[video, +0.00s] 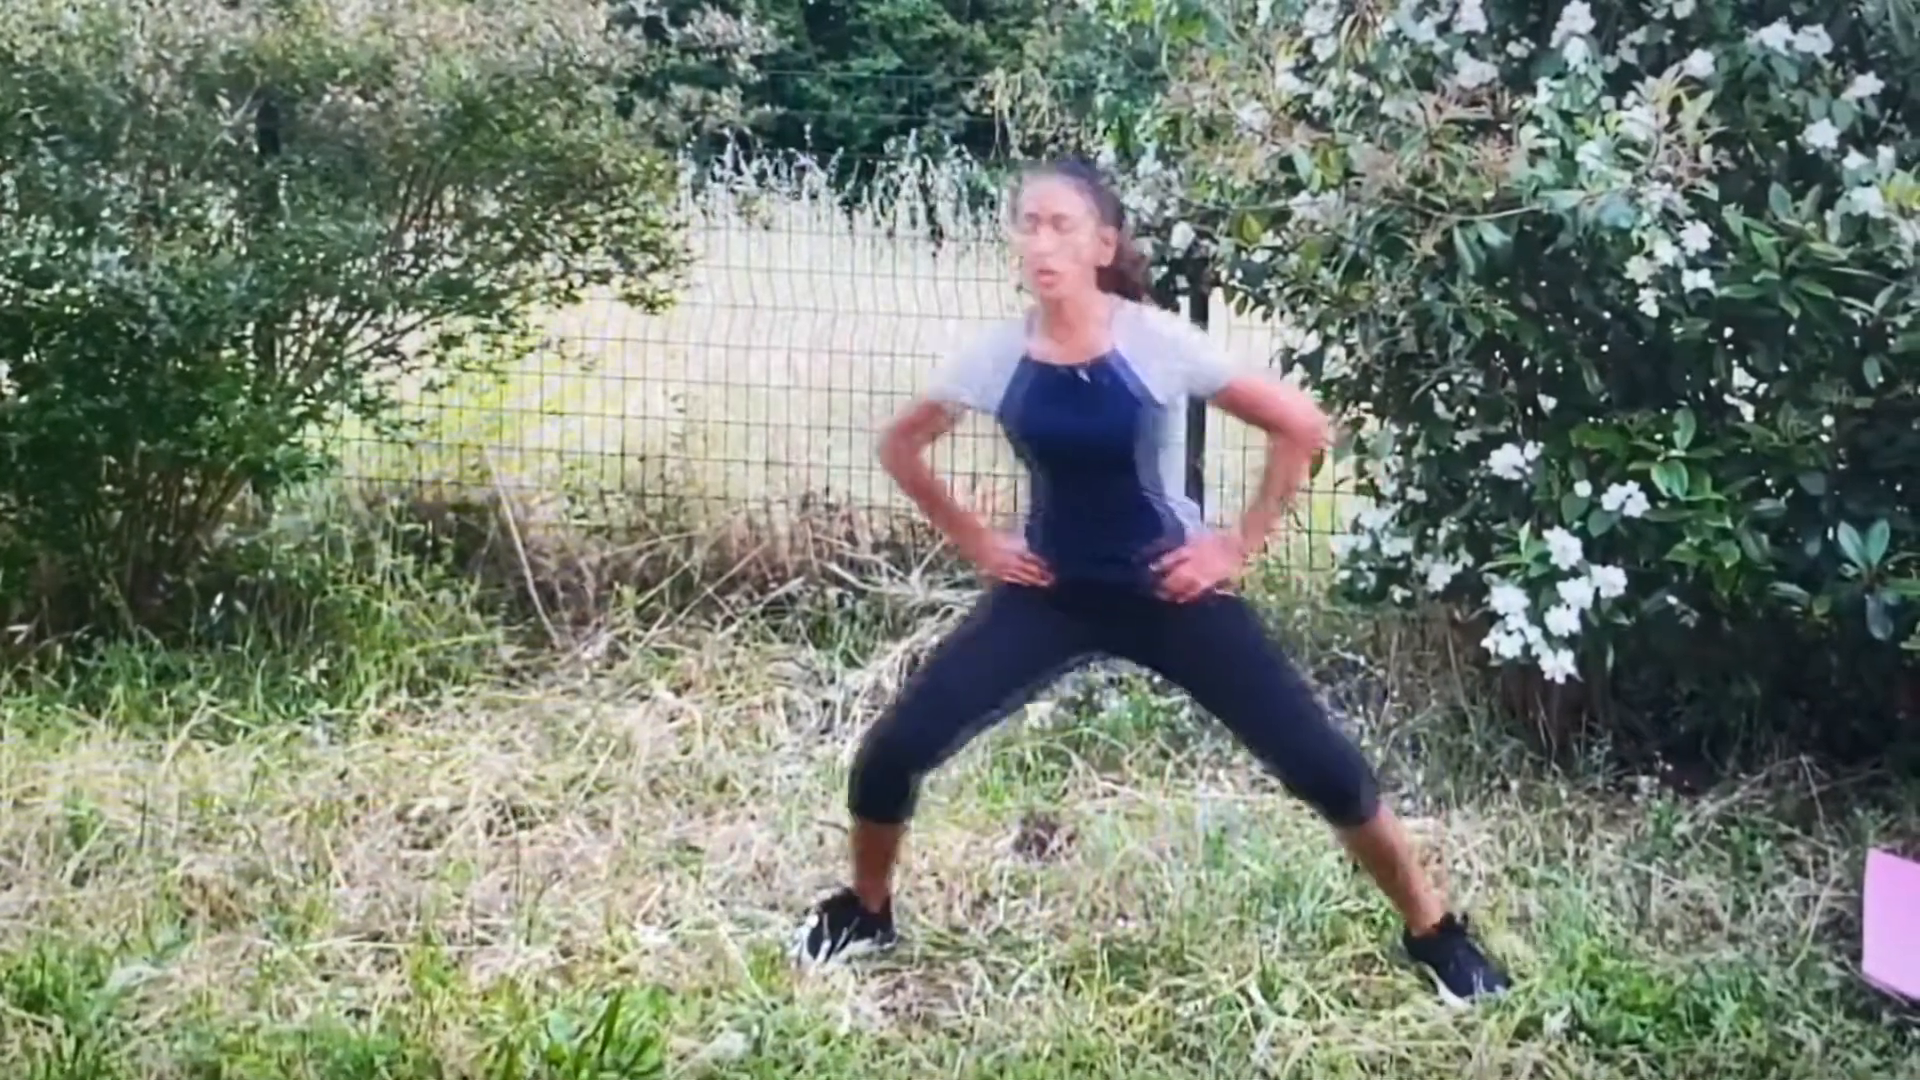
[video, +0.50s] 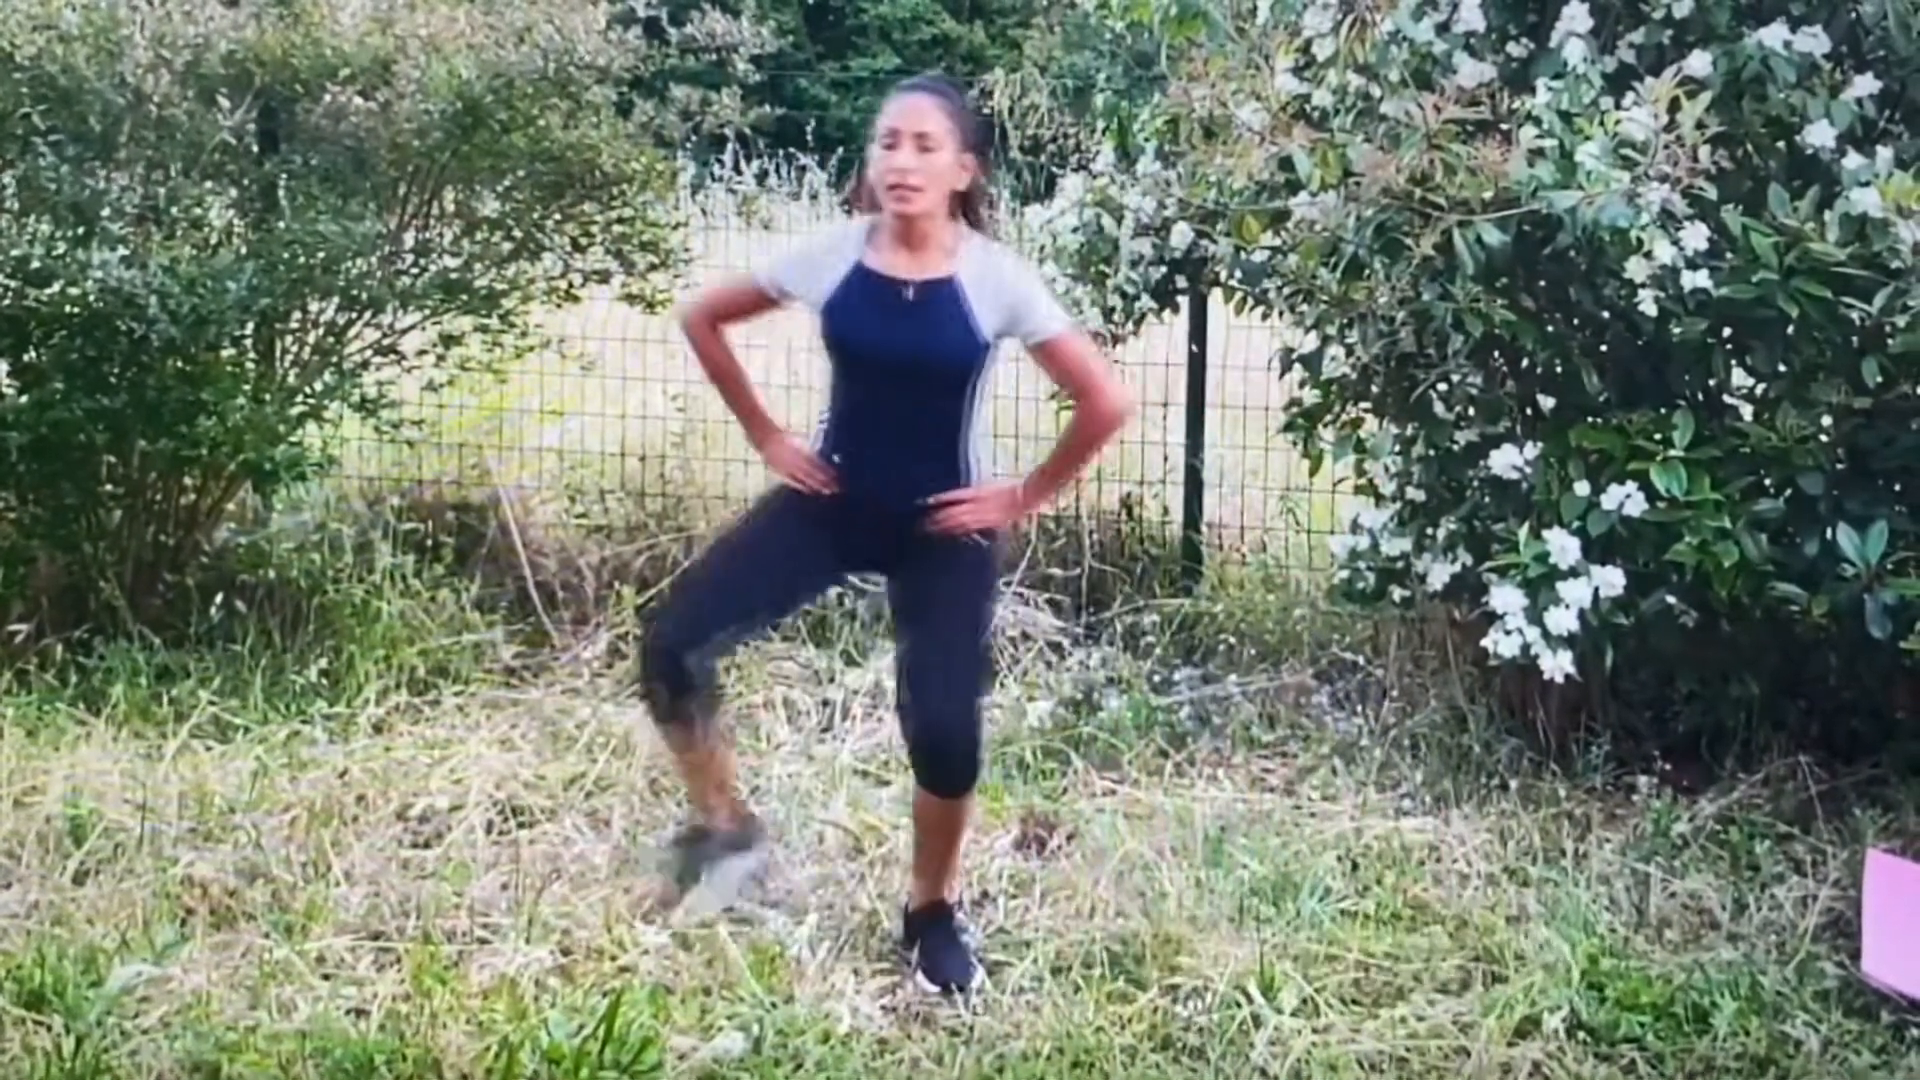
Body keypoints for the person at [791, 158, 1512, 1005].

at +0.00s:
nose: (1036, 243)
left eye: (1058, 225)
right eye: (1027, 224)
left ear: (1106, 246)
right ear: (1013, 242)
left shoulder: (1161, 343)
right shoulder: (1000, 351)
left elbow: (1303, 431)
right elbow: (897, 446)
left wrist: (1240, 542)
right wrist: (976, 538)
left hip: (1175, 601)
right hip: (1046, 598)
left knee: (1331, 768)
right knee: (887, 756)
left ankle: (1435, 933)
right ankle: (864, 910)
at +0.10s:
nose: (983, 210)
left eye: (1005, 193)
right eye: (970, 192)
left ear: (1048, 219)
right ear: (953, 213)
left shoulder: (1089, 317)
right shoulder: (929, 326)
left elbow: (1232, 397)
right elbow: (832, 419)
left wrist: (1174, 510)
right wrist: (906, 513)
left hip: (1107, 576)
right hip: (980, 578)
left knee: (1259, 749)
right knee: (846, 756)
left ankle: (1423, 925)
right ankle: (860, 908)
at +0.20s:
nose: (941, 185)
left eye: (966, 170)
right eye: (930, 166)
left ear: (1007, 199)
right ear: (911, 184)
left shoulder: (1045, 296)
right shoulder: (877, 294)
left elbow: (1185, 382)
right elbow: (773, 394)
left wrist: (1121, 491)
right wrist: (853, 498)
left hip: (1050, 549)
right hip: (928, 553)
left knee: (1175, 711)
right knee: (831, 753)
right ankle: (862, 910)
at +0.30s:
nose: (923, 167)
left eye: (947, 153)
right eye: (911, 148)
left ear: (985, 180)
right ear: (891, 167)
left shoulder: (1022, 281)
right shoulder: (854, 273)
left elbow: (1154, 381)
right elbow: (734, 365)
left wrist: (1082, 486)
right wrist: (816, 480)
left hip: (1011, 538)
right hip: (888, 536)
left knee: (1085, 710)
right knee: (812, 750)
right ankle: (860, 907)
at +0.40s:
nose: (914, 159)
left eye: (938, 144)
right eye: (901, 141)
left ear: (976, 171)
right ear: (882, 159)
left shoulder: (1013, 275)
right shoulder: (844, 257)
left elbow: (1130, 391)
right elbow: (717, 334)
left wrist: (1052, 490)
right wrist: (790, 455)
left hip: (976, 529)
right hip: (856, 516)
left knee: (993, 743)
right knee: (754, 707)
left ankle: (940, 905)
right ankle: (836, 875)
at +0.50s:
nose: (902, 161)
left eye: (925, 145)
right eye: (889, 143)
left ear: (966, 169)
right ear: (869, 162)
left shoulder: (998, 277)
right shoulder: (832, 253)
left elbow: (1106, 403)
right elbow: (701, 318)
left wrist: (1023, 499)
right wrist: (769, 438)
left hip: (945, 530)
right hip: (827, 507)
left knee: (947, 731)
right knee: (670, 642)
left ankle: (932, 908)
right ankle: (724, 828)